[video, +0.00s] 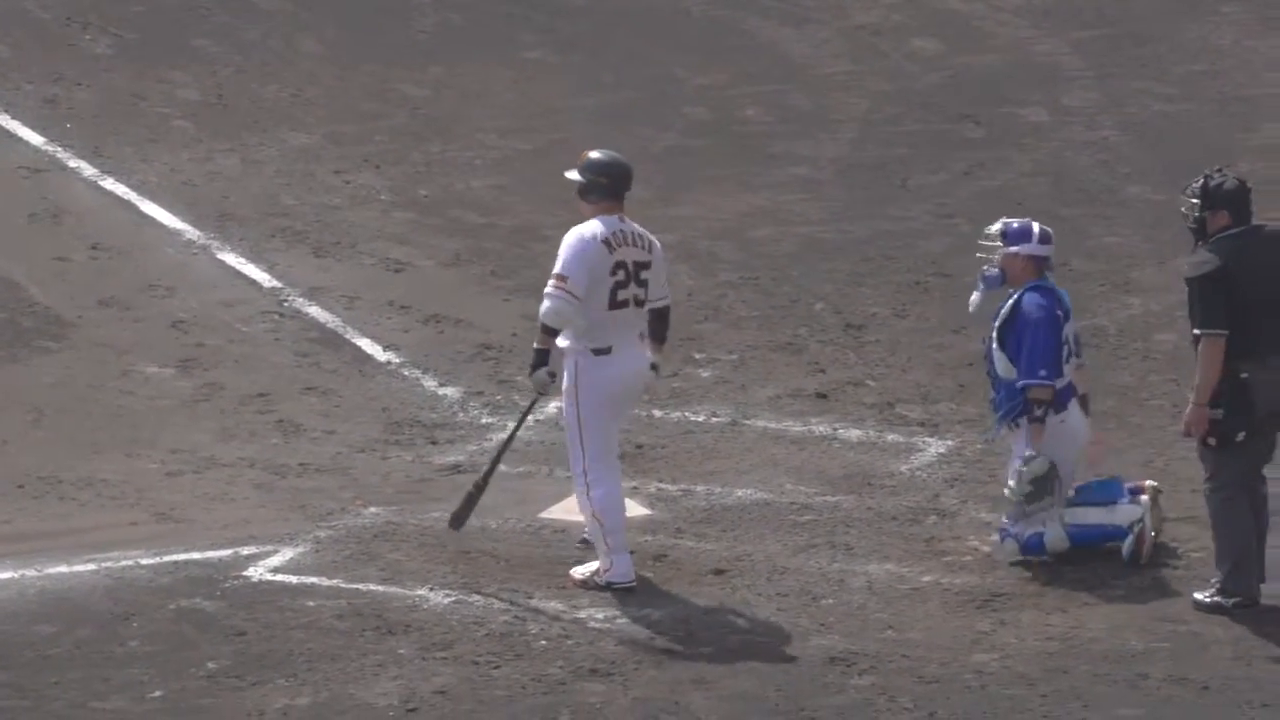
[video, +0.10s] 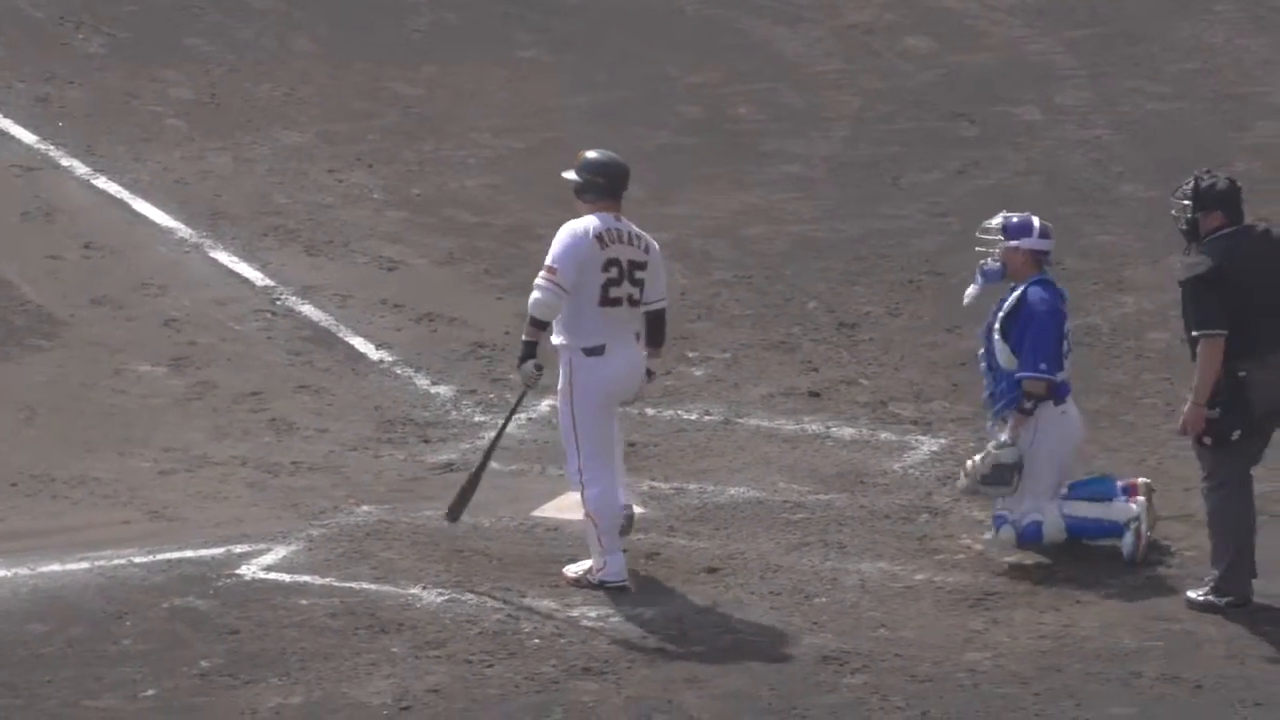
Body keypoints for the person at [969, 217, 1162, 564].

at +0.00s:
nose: (999, 258)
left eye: (1005, 252)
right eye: (1002, 251)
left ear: (1023, 260)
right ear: (1030, 259)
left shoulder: (1035, 306)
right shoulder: (1045, 294)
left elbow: (1040, 378)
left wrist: (1033, 440)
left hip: (1047, 422)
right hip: (1060, 416)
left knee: (1024, 530)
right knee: (1044, 509)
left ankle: (1127, 523)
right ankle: (1132, 498)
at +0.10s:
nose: (997, 254)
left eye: (1003, 247)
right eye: (999, 247)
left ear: (1023, 255)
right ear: (1029, 255)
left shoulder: (1037, 301)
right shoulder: (1031, 289)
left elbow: (1036, 380)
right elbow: (1010, 267)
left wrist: (1011, 433)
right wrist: (991, 275)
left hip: (1045, 419)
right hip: (1041, 413)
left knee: (1016, 523)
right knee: (1025, 505)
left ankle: (1124, 521)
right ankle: (1123, 495)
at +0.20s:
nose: (998, 249)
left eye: (1005, 242)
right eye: (1001, 241)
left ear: (1025, 250)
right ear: (1026, 250)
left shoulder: (1042, 293)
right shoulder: (1020, 291)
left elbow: (1037, 374)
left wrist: (994, 421)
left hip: (1044, 411)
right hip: (1028, 409)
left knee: (1013, 514)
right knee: (1015, 501)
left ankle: (1118, 519)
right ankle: (1113, 490)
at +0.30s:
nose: (1000, 249)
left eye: (1008, 243)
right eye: (1001, 242)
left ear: (1030, 249)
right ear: (1026, 249)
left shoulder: (1045, 292)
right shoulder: (1013, 291)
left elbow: (1041, 371)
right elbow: (1003, 370)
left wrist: (992, 410)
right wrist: (974, 408)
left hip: (1045, 407)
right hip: (1024, 408)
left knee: (1012, 497)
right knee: (1010, 520)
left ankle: (1115, 516)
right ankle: (1107, 484)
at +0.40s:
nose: (1000, 249)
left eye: (1009, 243)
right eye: (1001, 241)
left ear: (1032, 250)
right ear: (1023, 251)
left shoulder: (1048, 295)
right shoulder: (1008, 291)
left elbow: (1041, 373)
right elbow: (998, 370)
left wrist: (990, 417)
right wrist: (959, 406)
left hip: (1047, 405)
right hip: (1021, 407)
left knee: (1006, 479)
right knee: (1004, 519)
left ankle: (1107, 524)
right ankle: (1101, 484)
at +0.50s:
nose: (1002, 250)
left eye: (1011, 244)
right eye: (1002, 243)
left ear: (1034, 251)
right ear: (1028, 251)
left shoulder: (1051, 295)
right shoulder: (1009, 292)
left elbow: (1047, 375)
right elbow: (1003, 370)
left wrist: (998, 421)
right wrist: (962, 410)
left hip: (1049, 408)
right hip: (1021, 411)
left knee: (1003, 472)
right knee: (1000, 518)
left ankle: (1099, 528)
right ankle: (1096, 485)